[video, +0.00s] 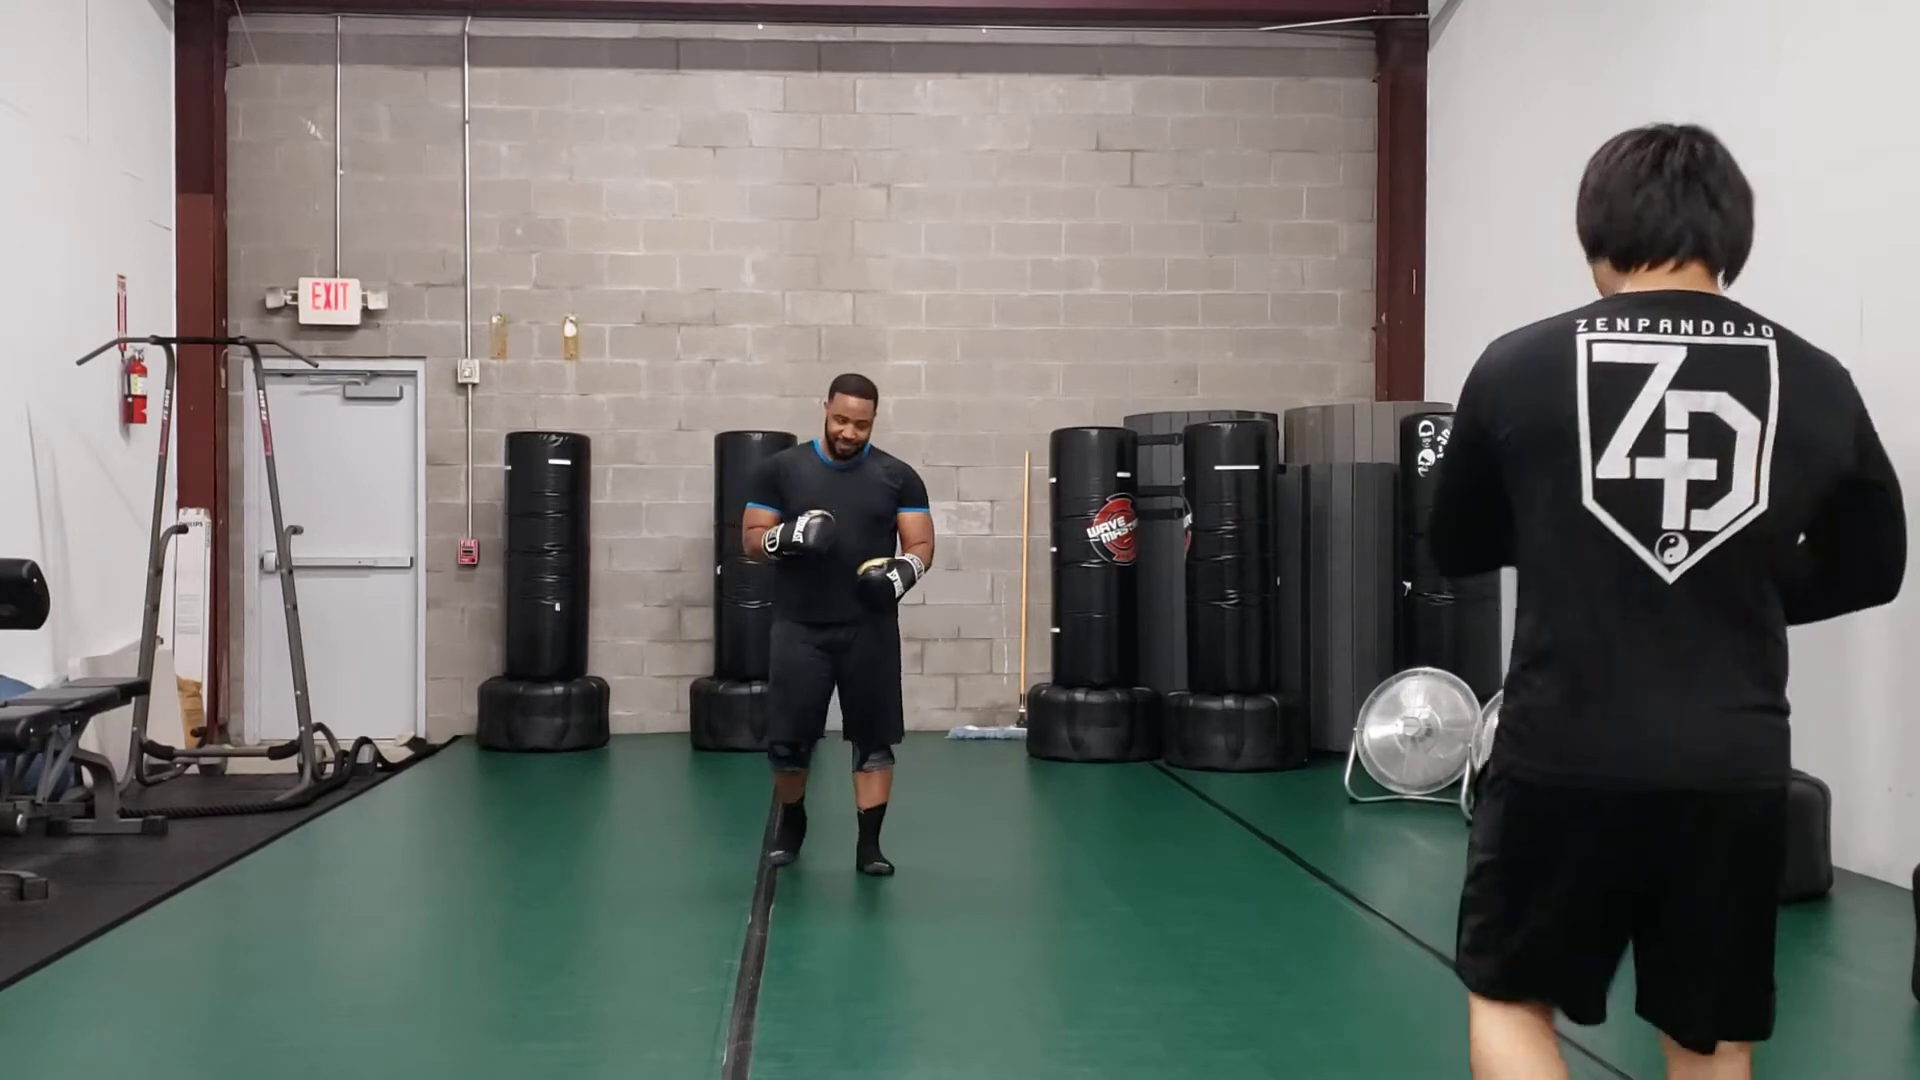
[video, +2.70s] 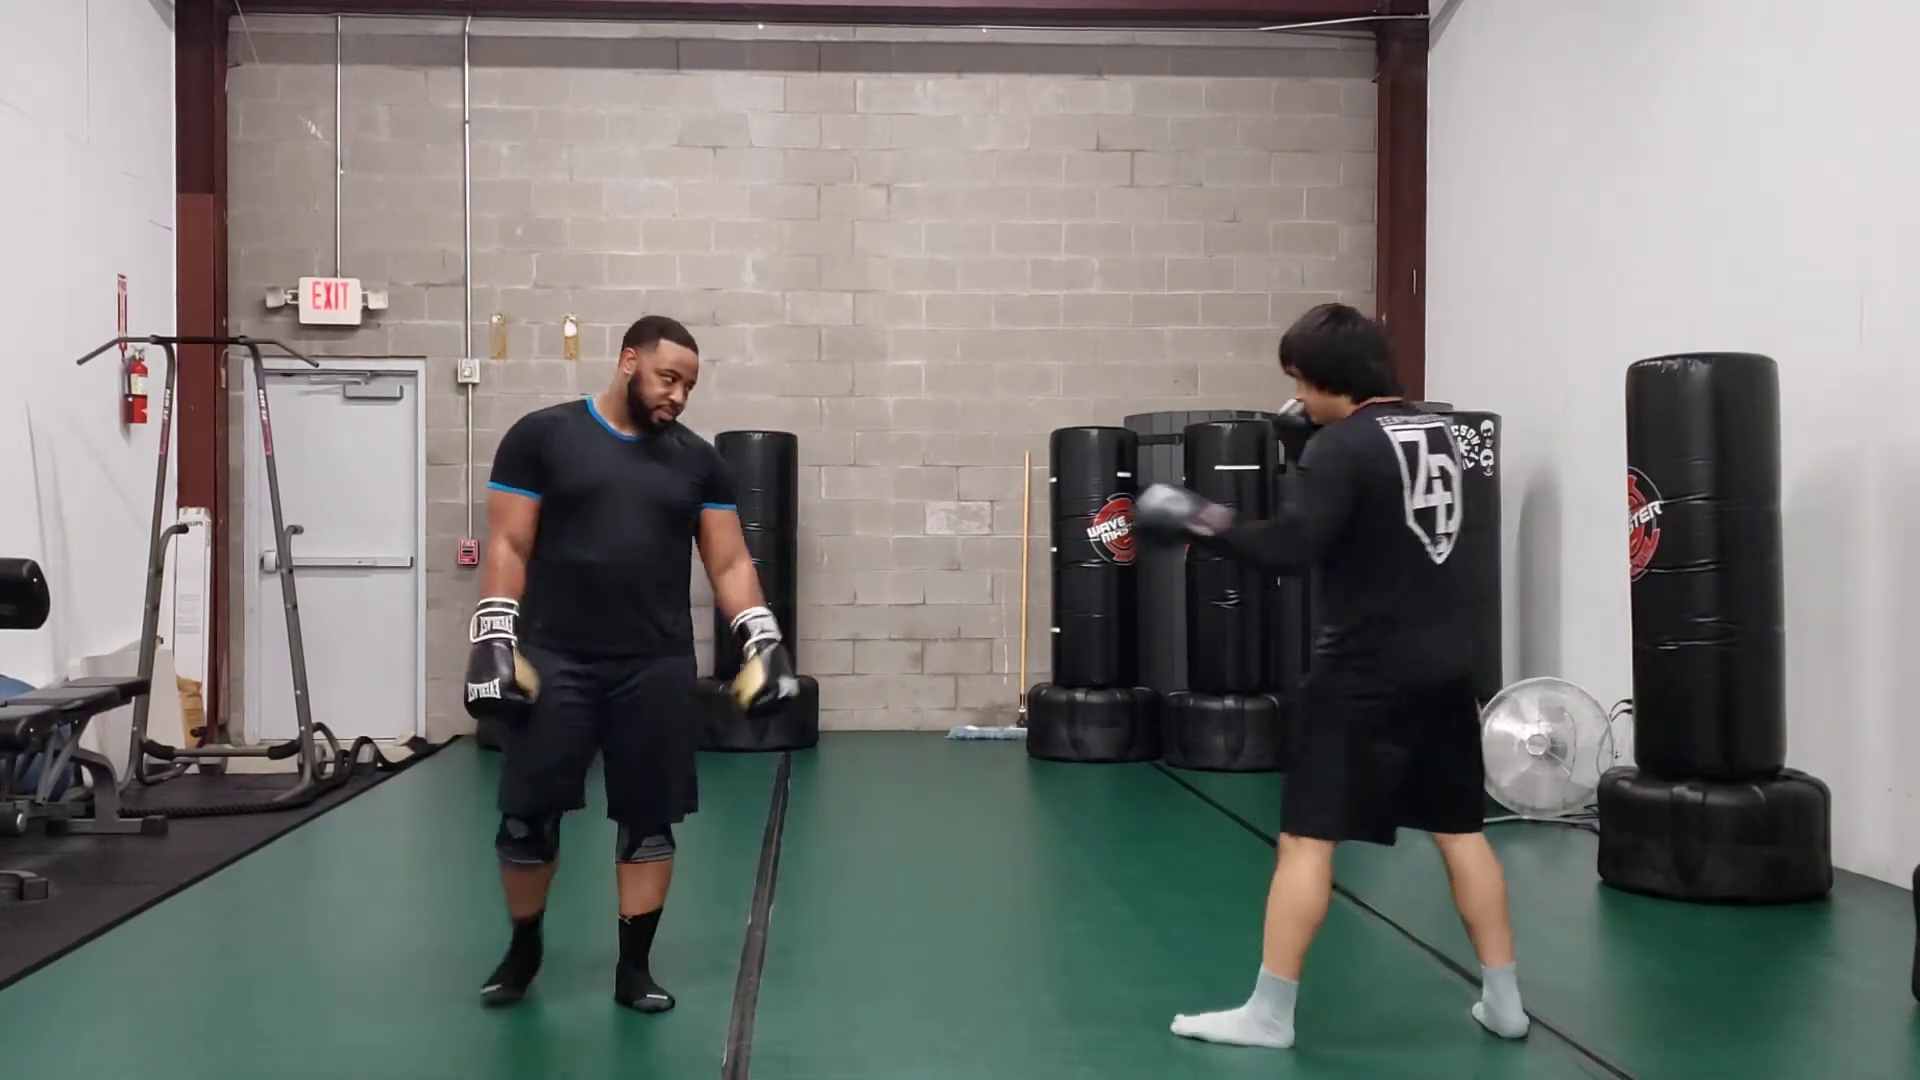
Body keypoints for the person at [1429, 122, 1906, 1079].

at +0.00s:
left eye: (1594, 235)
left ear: (1597, 242)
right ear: (1730, 242)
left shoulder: (1521, 366)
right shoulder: (1811, 375)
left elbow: (1455, 546)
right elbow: (1871, 565)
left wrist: (1569, 512)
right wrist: (1743, 586)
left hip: (1560, 762)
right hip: (1731, 773)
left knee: (1509, 995)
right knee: (1711, 1039)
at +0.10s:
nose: (1576, 267)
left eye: (1578, 248)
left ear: (1589, 247)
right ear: (1713, 246)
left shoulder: (1522, 367)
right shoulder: (1804, 376)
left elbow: (1454, 548)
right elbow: (1869, 558)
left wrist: (1563, 563)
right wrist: (1726, 559)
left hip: (1549, 748)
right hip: (1719, 760)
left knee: (1500, 952)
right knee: (1703, 1031)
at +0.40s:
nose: (1493, 346)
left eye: (1491, 329)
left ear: (1500, 322)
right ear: (1609, 302)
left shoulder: (1456, 417)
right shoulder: (1709, 407)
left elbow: (1426, 594)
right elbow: (1741, 586)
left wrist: (1505, 645)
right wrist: (1644, 565)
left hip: (1511, 745)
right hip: (1658, 744)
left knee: (1493, 969)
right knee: (1670, 994)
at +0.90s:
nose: (1426, 374)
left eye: (1425, 361)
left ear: (1432, 356)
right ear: (1528, 339)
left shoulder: (1399, 429)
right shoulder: (1609, 413)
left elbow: (1373, 582)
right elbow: (1648, 562)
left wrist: (1396, 696)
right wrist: (1566, 540)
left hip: (1450, 709)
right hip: (1566, 707)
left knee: (1461, 922)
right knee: (1557, 905)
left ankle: (1478, 1075)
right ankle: (1548, 1071)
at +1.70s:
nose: (1323, 407)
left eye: (1318, 393)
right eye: (1317, 395)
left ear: (1336, 378)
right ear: (1394, 352)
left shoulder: (1330, 439)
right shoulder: (1480, 413)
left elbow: (1314, 575)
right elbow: (1513, 532)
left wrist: (1318, 642)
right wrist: (1451, 590)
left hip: (1386, 673)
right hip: (1482, 665)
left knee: (1373, 848)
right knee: (1499, 822)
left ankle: (1378, 1035)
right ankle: (1533, 1005)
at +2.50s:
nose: (1345, 379)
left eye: (1351, 364)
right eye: (1344, 364)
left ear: (1388, 367)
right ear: (1421, 361)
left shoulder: (1396, 437)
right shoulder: (1481, 425)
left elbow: (1392, 556)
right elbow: (1443, 545)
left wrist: (1322, 586)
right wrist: (1344, 526)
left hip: (1407, 665)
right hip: (1486, 660)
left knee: (1331, 814)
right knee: (1485, 824)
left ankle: (1302, 997)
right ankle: (1509, 1004)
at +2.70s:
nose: (1296, 396)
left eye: (1299, 383)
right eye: (1295, 383)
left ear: (1331, 381)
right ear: (1372, 370)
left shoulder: (1342, 446)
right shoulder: (1439, 431)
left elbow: (1296, 544)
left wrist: (1210, 523)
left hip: (1361, 673)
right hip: (1446, 670)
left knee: (1307, 837)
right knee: (1461, 828)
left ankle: (1268, 1012)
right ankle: (1504, 1002)